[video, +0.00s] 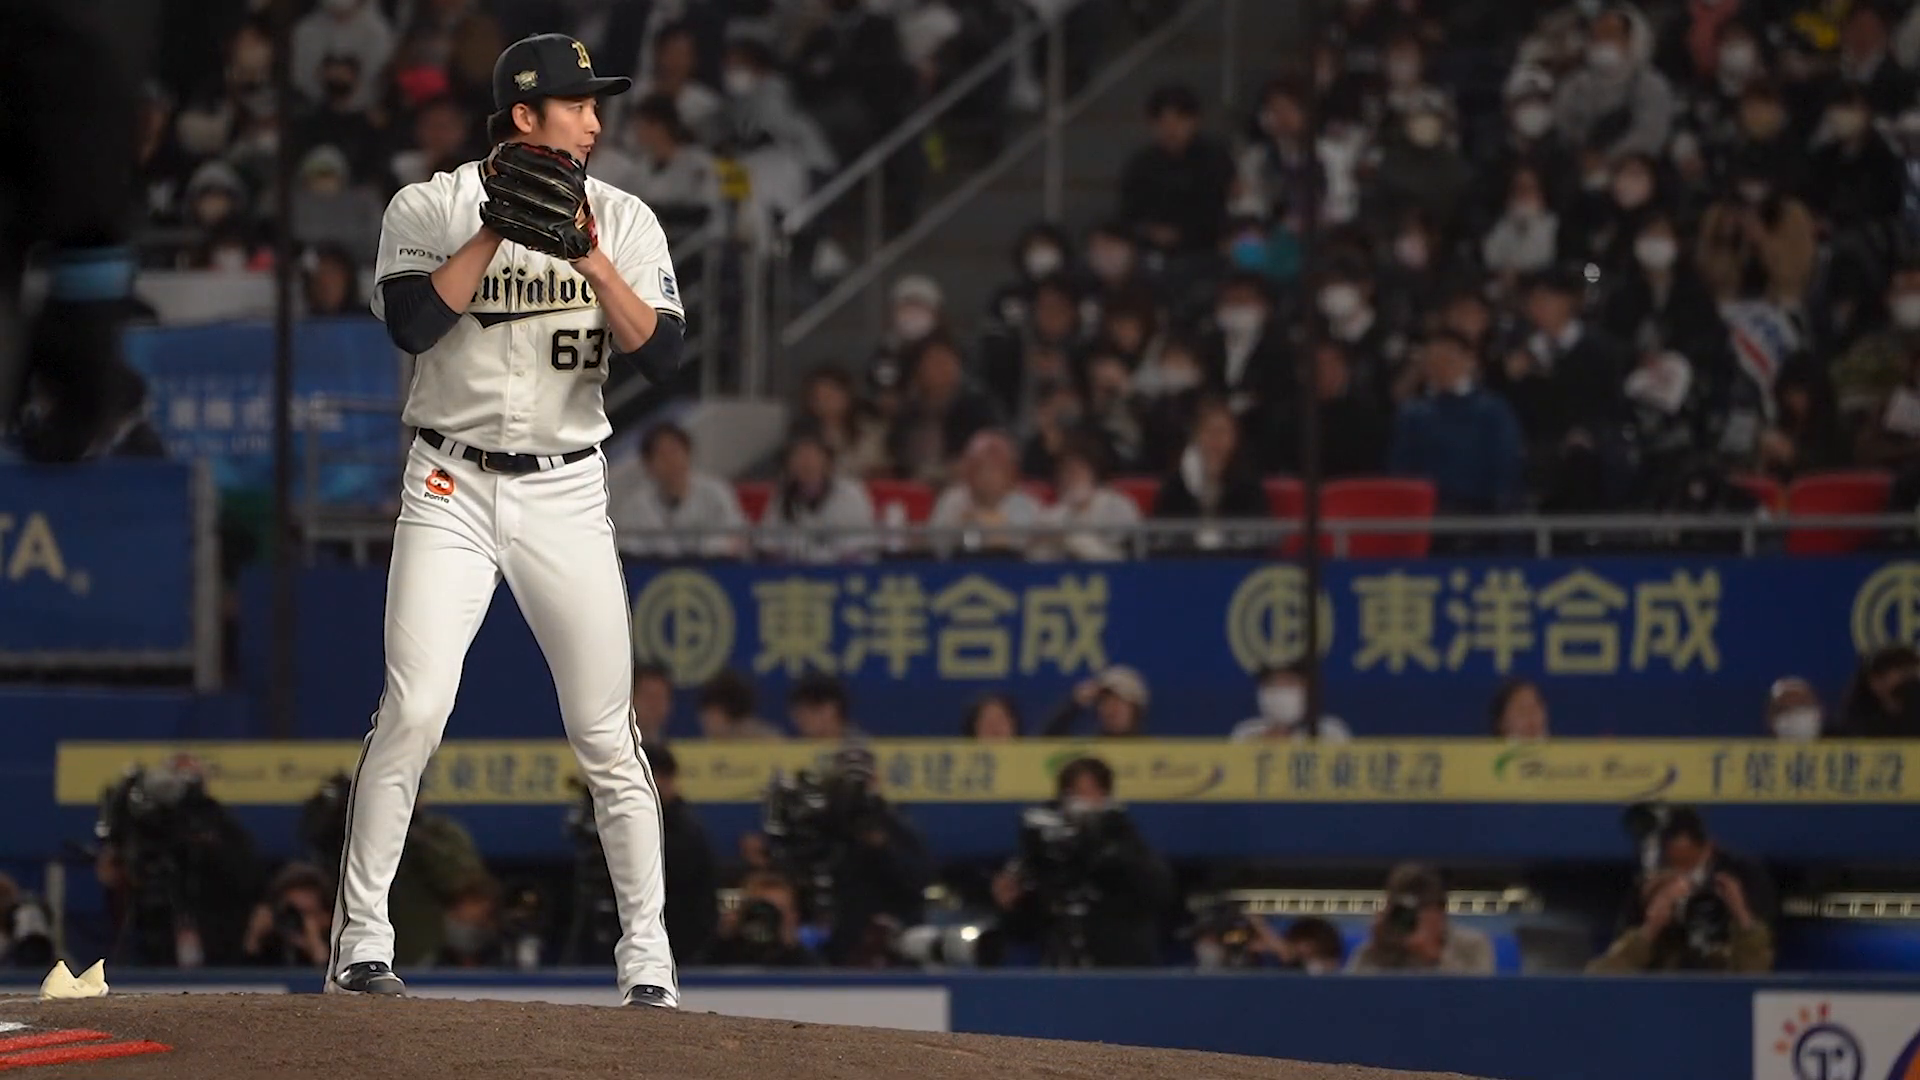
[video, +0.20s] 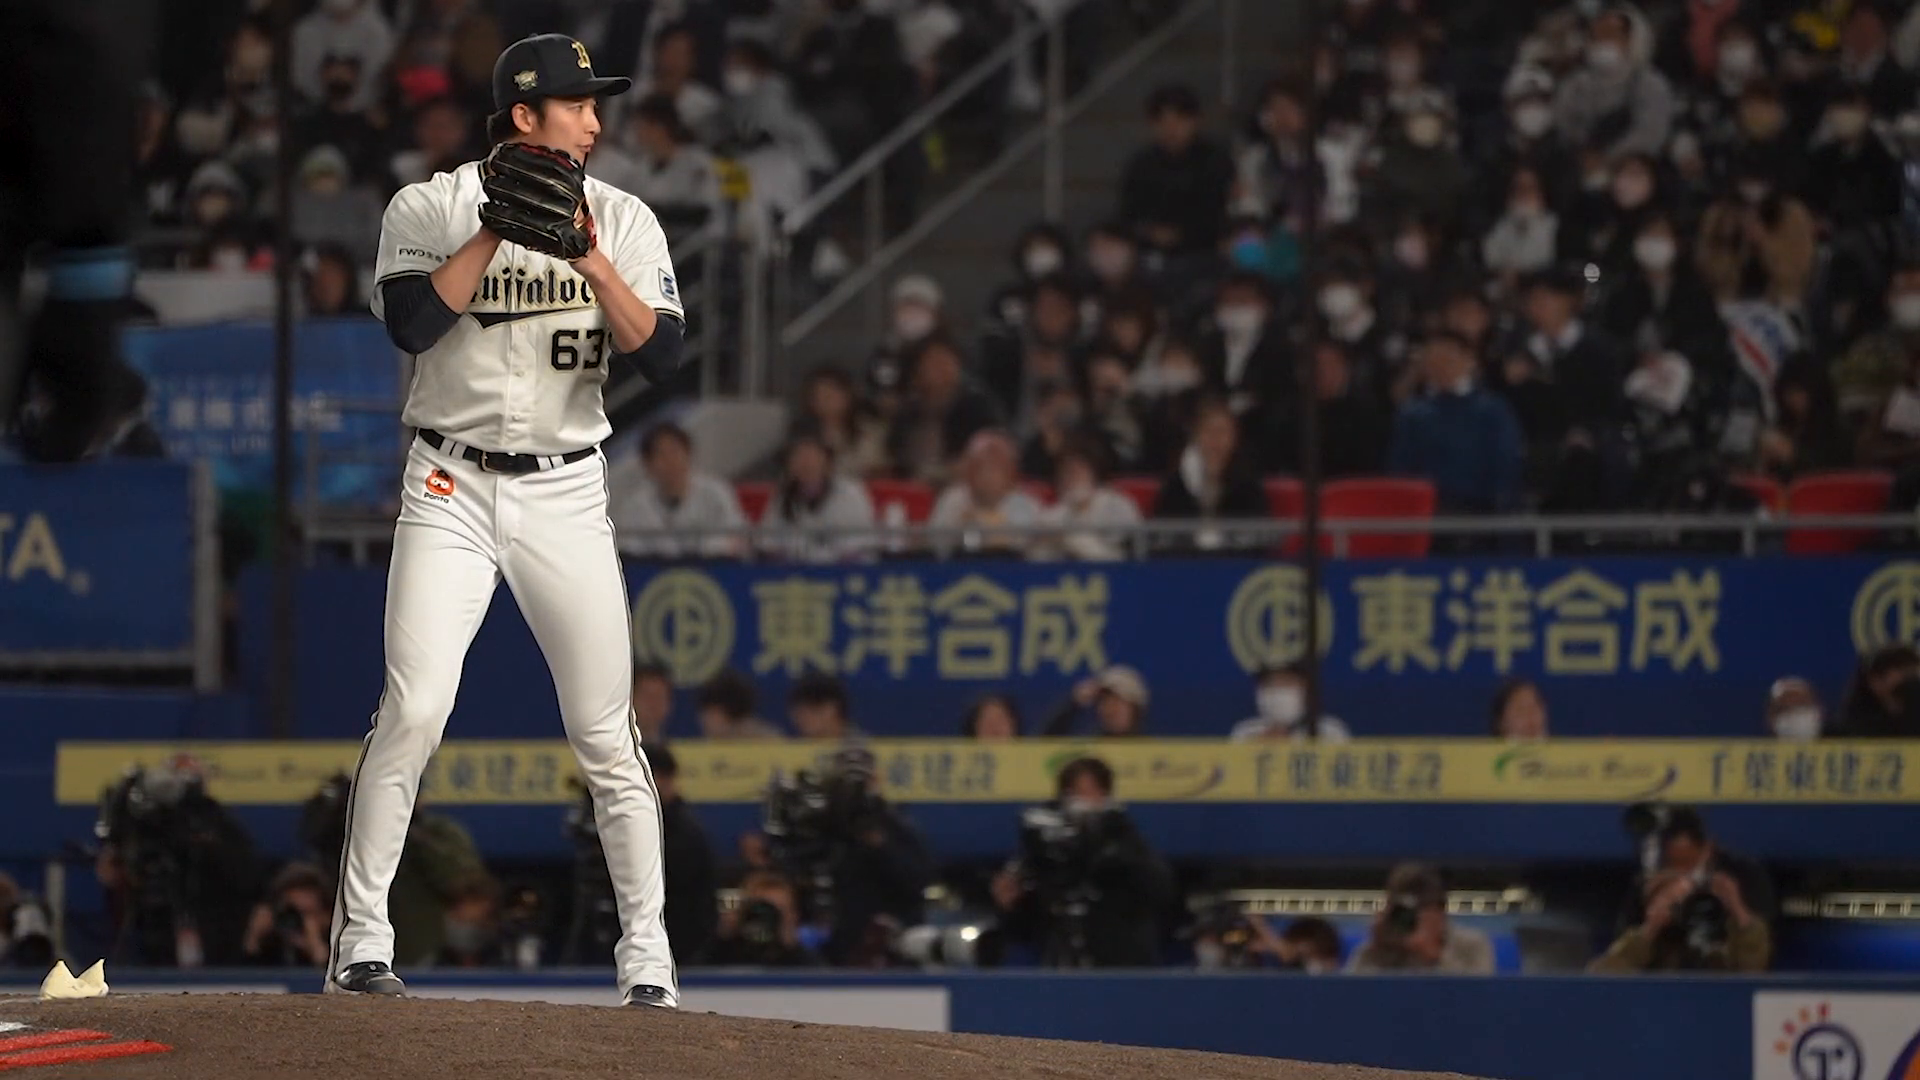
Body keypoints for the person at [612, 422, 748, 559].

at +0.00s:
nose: (672, 463)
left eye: (677, 454)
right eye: (663, 456)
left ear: (688, 457)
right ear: (648, 464)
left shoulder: (717, 495)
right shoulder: (632, 505)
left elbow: (738, 543)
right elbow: (626, 550)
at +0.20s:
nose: (671, 463)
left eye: (676, 453)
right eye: (662, 456)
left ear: (688, 457)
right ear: (647, 465)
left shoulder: (717, 495)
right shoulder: (633, 505)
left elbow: (738, 543)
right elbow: (627, 551)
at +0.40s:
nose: (671, 463)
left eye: (676, 453)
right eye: (662, 455)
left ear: (688, 457)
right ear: (648, 464)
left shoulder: (717, 495)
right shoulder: (632, 504)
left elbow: (736, 543)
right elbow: (625, 550)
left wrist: (694, 549)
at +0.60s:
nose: (671, 464)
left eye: (676, 454)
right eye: (662, 456)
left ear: (688, 457)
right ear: (648, 464)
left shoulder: (717, 495)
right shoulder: (631, 504)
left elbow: (736, 544)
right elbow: (626, 551)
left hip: (710, 582)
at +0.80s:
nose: (671, 463)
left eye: (676, 453)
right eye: (663, 455)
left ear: (688, 457)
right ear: (649, 464)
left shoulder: (716, 495)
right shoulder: (632, 504)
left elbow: (735, 544)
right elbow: (626, 551)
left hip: (709, 582)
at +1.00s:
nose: (671, 463)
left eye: (676, 453)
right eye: (662, 455)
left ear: (688, 457)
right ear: (648, 464)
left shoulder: (716, 495)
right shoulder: (632, 504)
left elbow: (735, 544)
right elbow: (626, 551)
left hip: (709, 581)